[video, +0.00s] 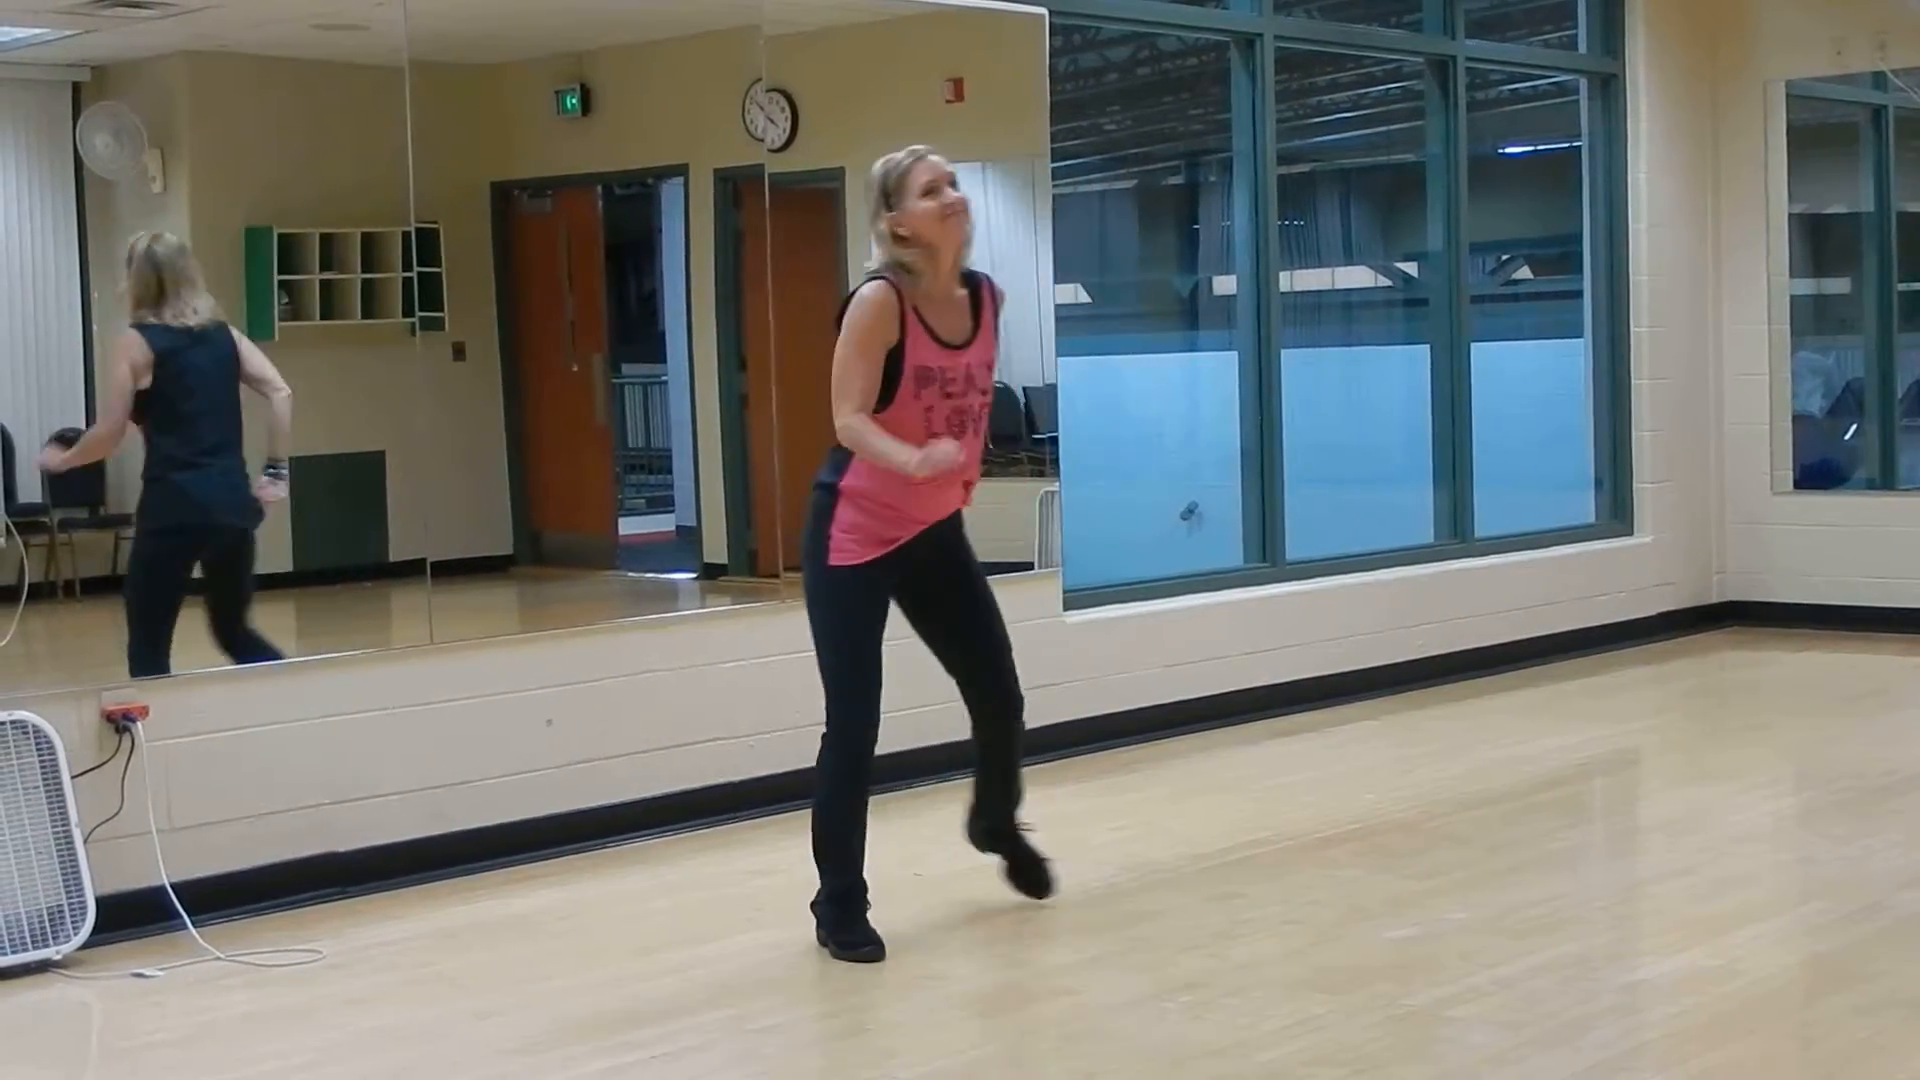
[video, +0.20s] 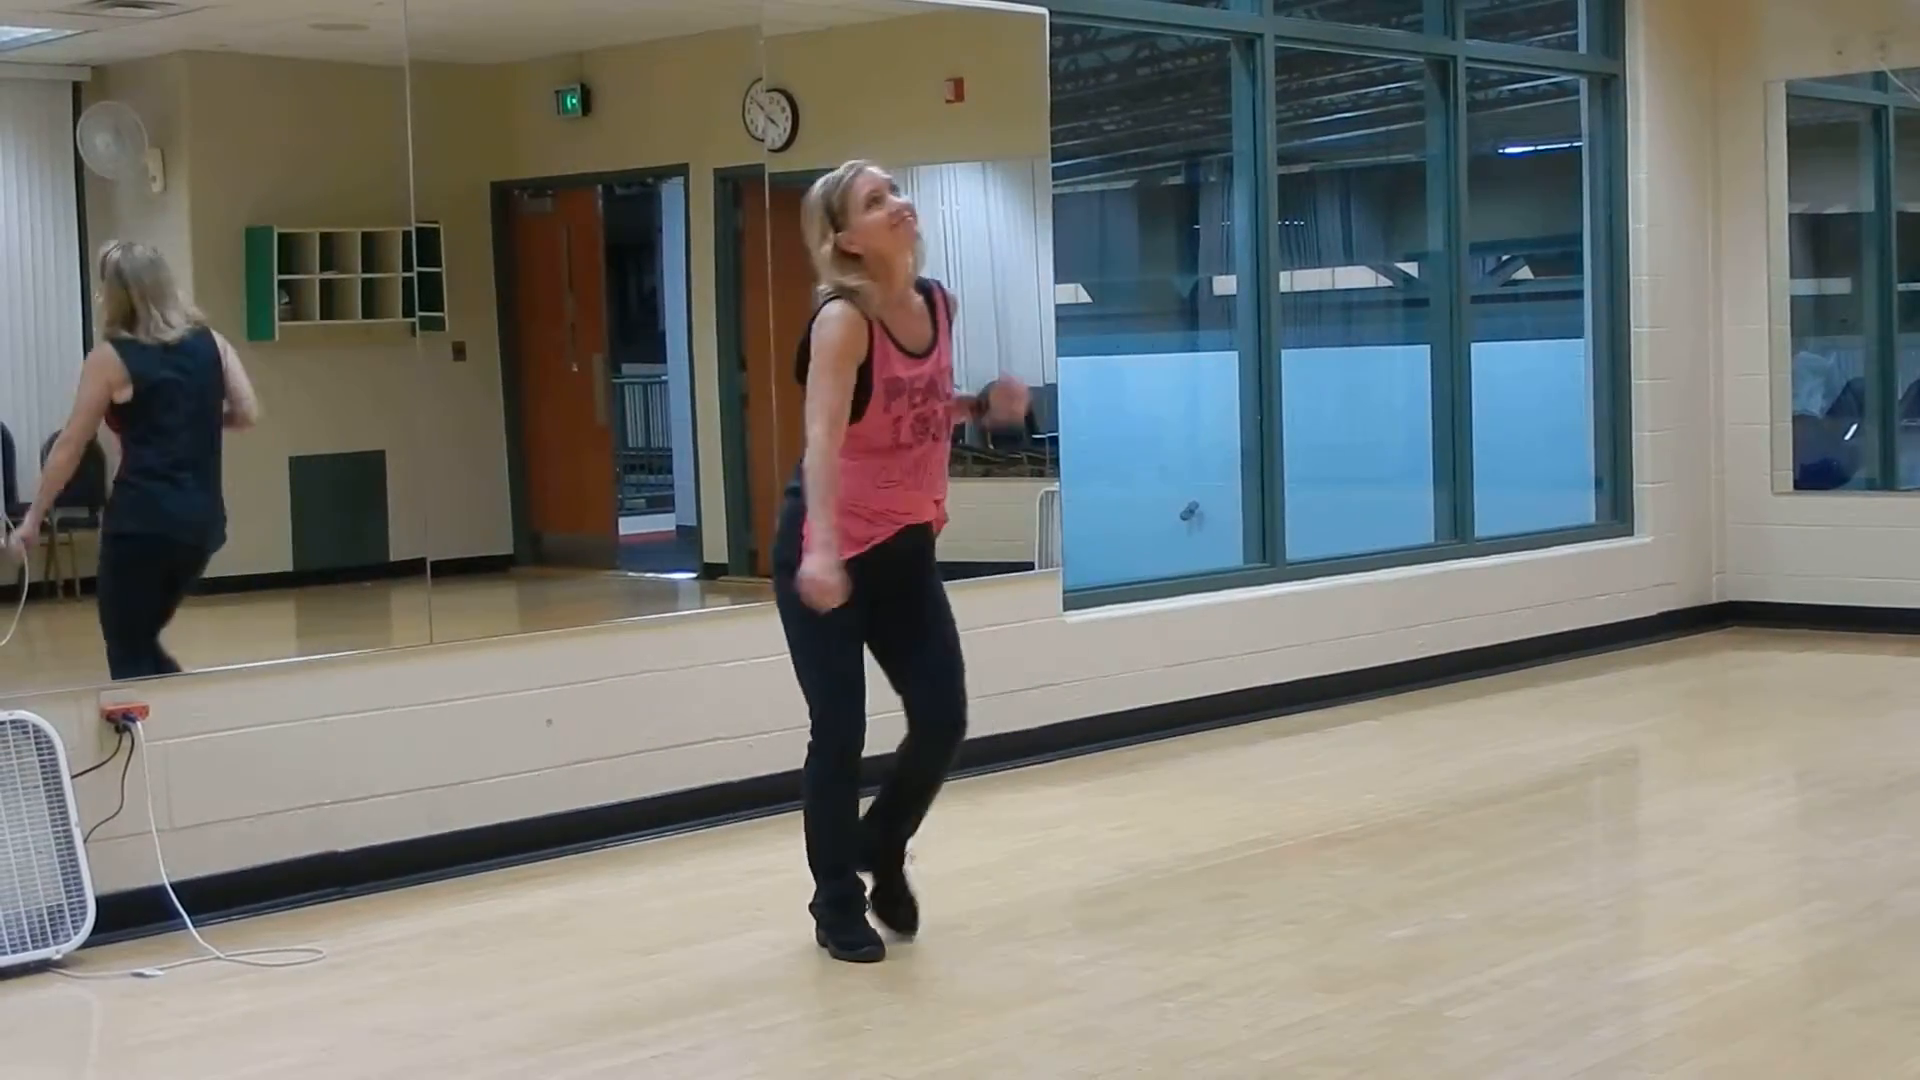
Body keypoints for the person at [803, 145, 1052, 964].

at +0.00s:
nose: (955, 196)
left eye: (954, 184)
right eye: (933, 191)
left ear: (964, 205)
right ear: (896, 223)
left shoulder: (983, 296)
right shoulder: (878, 303)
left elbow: (962, 400)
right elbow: (847, 419)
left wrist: (961, 462)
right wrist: (916, 458)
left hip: (931, 529)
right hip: (852, 533)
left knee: (997, 692)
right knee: (853, 723)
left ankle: (994, 823)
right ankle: (839, 907)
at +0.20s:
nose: (901, 203)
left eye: (898, 192)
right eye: (878, 202)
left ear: (908, 216)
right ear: (847, 242)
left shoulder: (937, 305)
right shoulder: (842, 322)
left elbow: (918, 413)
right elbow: (821, 438)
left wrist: (981, 409)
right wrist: (821, 546)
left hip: (900, 545)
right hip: (820, 547)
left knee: (942, 718)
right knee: (838, 730)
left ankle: (883, 841)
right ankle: (834, 904)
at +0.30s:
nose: (881, 197)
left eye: (882, 186)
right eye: (857, 195)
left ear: (897, 211)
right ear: (828, 234)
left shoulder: (925, 300)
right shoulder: (825, 319)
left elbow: (939, 410)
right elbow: (786, 443)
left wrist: (988, 360)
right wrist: (769, 555)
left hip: (899, 547)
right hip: (818, 556)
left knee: (918, 729)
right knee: (838, 734)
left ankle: (870, 874)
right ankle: (837, 905)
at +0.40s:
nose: (864, 179)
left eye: (868, 169)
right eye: (842, 175)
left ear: (883, 191)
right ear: (810, 211)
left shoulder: (916, 276)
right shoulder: (797, 298)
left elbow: (952, 379)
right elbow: (747, 409)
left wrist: (997, 339)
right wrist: (736, 521)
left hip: (893, 523)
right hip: (809, 531)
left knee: (910, 713)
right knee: (833, 720)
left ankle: (870, 871)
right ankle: (836, 899)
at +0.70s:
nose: (815, 185)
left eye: (820, 175)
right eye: (793, 175)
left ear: (830, 200)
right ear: (749, 203)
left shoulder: (853, 267)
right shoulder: (715, 310)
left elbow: (917, 361)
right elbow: (687, 405)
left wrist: (976, 446)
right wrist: (731, 472)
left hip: (864, 524)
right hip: (778, 537)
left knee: (866, 722)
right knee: (758, 730)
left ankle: (860, 884)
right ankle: (694, 917)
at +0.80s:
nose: (799, 194)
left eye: (801, 183)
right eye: (778, 182)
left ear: (804, 206)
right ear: (731, 204)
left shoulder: (833, 278)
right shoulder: (689, 319)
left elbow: (870, 381)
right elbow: (672, 431)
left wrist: (898, 467)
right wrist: (731, 452)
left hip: (839, 528)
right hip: (749, 546)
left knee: (868, 718)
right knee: (733, 739)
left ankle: (862, 878)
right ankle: (690, 925)